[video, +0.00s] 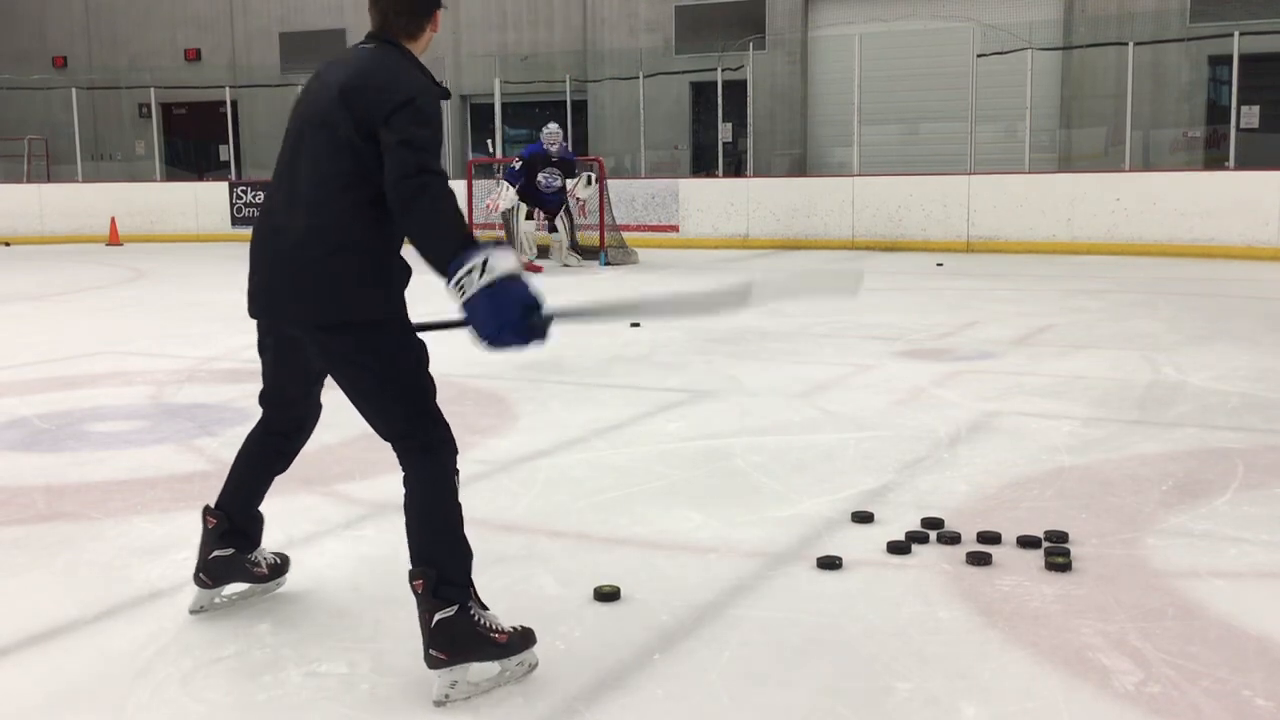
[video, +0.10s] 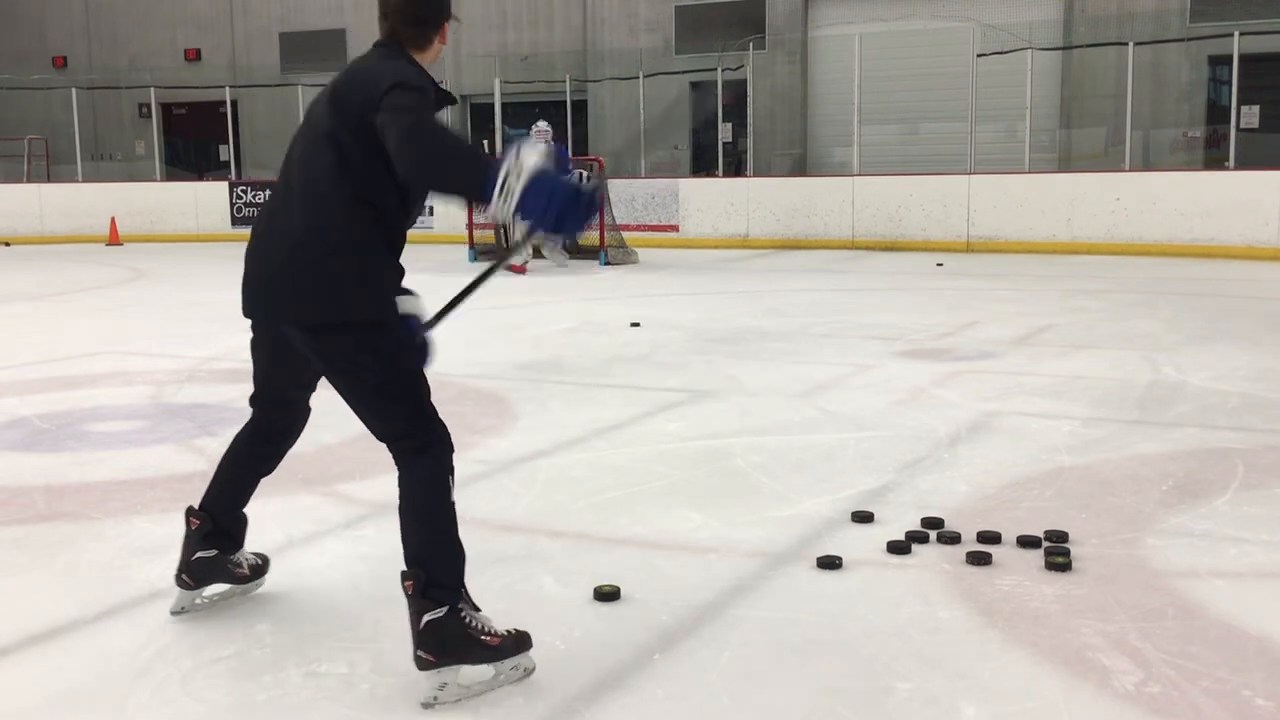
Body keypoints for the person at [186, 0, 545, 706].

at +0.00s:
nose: (439, 26)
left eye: (434, 16)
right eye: (439, 17)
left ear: (375, 16)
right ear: (431, 23)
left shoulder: (331, 74)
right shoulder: (405, 84)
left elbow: (318, 187)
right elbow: (417, 189)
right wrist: (475, 271)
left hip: (280, 290)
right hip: (351, 298)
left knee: (283, 422)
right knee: (428, 450)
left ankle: (223, 546)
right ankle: (449, 614)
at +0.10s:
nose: (448, 38)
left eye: (444, 26)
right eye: (448, 27)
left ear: (384, 22)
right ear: (439, 31)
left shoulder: (349, 81)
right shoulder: (402, 83)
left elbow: (345, 208)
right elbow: (422, 152)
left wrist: (393, 300)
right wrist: (511, 182)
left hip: (273, 285)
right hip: (341, 292)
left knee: (276, 417)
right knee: (424, 447)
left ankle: (207, 546)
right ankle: (442, 616)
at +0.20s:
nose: (464, 53)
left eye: (463, 45)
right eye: (460, 41)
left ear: (403, 34)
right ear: (447, 40)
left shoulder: (400, 106)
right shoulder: (405, 82)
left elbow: (407, 221)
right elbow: (445, 68)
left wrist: (447, 290)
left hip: (269, 285)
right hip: (331, 298)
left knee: (264, 422)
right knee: (421, 449)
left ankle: (189, 545)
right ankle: (422, 617)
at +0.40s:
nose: (493, 104)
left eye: (494, 94)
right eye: (491, 92)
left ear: (446, 83)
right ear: (474, 86)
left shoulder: (400, 124)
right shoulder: (436, 114)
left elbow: (427, 235)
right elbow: (463, 47)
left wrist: (487, 273)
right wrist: (514, 0)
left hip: (254, 290)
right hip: (326, 302)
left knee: (280, 419)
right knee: (413, 455)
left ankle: (198, 544)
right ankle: (412, 618)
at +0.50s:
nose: (483, 126)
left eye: (483, 116)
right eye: (487, 115)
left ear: (428, 95)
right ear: (479, 107)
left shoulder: (379, 134)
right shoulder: (452, 135)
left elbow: (340, 229)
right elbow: (445, 182)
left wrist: (397, 306)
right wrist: (406, 275)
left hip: (255, 293)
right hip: (329, 307)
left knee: (289, 417)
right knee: (409, 462)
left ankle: (212, 542)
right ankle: (407, 617)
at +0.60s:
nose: (462, 117)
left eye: (455, 106)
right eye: (466, 109)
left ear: (406, 94)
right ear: (458, 109)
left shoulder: (346, 125)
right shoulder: (445, 173)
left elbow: (252, 148)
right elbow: (439, 286)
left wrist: (286, 205)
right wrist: (435, 389)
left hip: (261, 297)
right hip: (340, 323)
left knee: (300, 402)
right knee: (382, 475)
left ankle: (245, 527)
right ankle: (372, 616)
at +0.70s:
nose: (432, 121)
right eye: (437, 114)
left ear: (383, 97)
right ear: (434, 117)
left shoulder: (334, 123)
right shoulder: (433, 197)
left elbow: (251, 91)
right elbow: (421, 299)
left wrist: (262, 141)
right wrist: (416, 323)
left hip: (264, 312)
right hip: (341, 332)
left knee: (324, 395)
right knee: (344, 478)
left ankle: (282, 509)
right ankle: (320, 604)